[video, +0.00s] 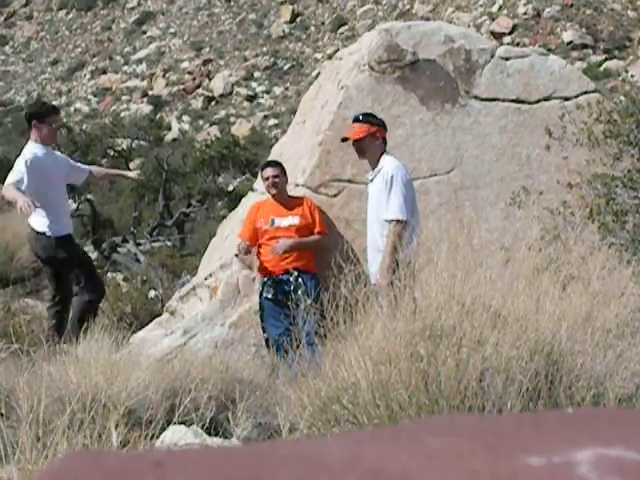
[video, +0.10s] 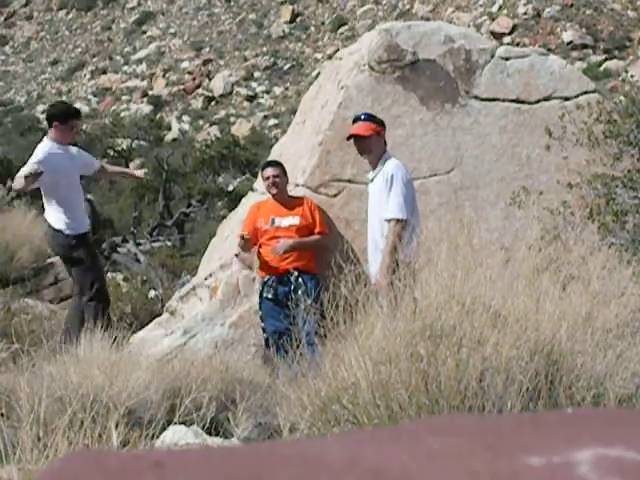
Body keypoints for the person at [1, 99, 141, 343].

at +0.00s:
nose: (58, 131)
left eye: (58, 126)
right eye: (54, 126)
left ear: (42, 127)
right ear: (36, 126)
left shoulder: (55, 157)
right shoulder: (30, 157)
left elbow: (88, 172)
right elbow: (7, 188)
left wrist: (125, 173)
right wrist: (20, 197)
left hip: (51, 237)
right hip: (52, 238)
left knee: (60, 294)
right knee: (93, 288)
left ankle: (54, 346)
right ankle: (72, 342)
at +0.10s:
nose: (77, 132)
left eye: (77, 126)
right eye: (72, 127)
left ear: (60, 127)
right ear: (56, 126)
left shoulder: (71, 152)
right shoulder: (44, 153)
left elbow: (102, 169)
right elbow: (18, 184)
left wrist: (132, 172)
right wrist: (30, 181)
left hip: (74, 231)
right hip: (68, 235)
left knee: (82, 291)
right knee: (96, 291)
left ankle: (68, 347)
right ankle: (105, 347)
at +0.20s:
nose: (101, 152)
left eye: (102, 147)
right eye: (98, 146)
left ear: (84, 143)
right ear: (83, 143)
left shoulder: (89, 165)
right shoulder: (66, 168)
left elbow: (112, 182)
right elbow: (47, 199)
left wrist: (143, 184)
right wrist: (42, 197)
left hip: (93, 242)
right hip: (83, 247)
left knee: (104, 295)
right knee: (113, 290)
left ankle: (105, 344)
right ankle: (109, 345)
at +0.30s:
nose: (121, 170)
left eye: (122, 165)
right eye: (119, 164)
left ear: (106, 162)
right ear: (106, 162)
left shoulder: (102, 187)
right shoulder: (86, 189)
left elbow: (126, 204)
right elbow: (65, 226)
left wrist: (157, 203)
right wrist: (66, 239)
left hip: (108, 263)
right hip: (98, 266)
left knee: (130, 308)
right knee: (130, 307)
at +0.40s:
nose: (139, 175)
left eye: (140, 170)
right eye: (137, 169)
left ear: (123, 168)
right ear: (124, 168)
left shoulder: (114, 193)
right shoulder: (106, 198)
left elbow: (137, 219)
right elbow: (89, 245)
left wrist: (170, 223)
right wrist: (91, 285)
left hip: (126, 271)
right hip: (119, 274)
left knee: (152, 318)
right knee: (140, 326)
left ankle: (171, 364)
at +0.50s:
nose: (152, 175)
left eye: (152, 170)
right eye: (149, 169)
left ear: (137, 169)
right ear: (135, 168)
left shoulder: (133, 198)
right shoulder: (120, 203)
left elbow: (154, 224)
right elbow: (109, 248)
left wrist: (185, 228)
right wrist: (111, 285)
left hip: (146, 273)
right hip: (134, 275)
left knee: (163, 320)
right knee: (164, 315)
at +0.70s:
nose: (165, 154)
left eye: (167, 150)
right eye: (160, 150)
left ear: (170, 155)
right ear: (148, 154)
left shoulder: (158, 186)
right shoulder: (140, 186)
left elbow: (181, 221)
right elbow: (125, 226)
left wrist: (215, 223)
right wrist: (124, 266)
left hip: (161, 260)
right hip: (152, 263)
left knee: (173, 312)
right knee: (189, 310)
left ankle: (175, 364)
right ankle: (184, 365)